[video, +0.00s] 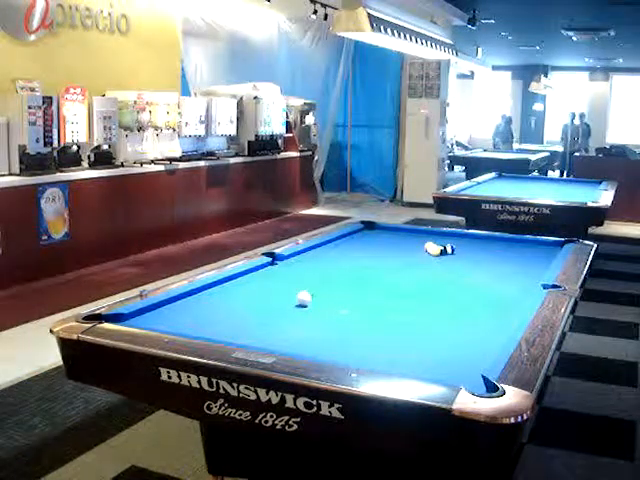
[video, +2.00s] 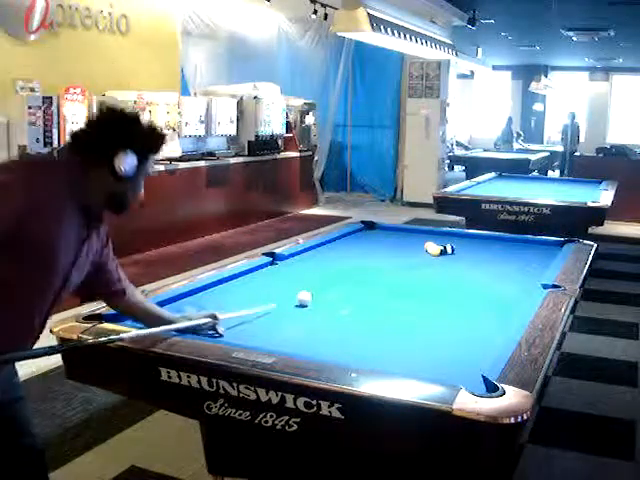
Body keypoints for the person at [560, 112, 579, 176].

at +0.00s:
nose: (572, 117)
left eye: (573, 116)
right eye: (571, 116)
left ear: (574, 117)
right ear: (569, 116)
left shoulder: (576, 127)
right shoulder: (565, 126)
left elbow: (578, 136)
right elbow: (563, 134)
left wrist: (577, 144)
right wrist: (562, 141)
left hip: (572, 145)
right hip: (565, 145)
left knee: (571, 159)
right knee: (563, 159)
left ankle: (569, 172)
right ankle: (561, 172)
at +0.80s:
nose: (572, 119)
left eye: (574, 117)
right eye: (571, 117)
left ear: (576, 118)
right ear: (570, 117)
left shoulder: (578, 126)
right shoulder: (566, 126)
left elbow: (580, 135)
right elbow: (563, 135)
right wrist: (563, 142)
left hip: (574, 146)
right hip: (566, 145)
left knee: (571, 160)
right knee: (563, 159)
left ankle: (569, 173)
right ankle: (561, 173)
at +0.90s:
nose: (572, 119)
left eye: (574, 117)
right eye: (571, 117)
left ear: (576, 117)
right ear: (570, 117)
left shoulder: (577, 126)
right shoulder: (566, 125)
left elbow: (580, 134)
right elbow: (563, 134)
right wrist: (563, 141)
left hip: (574, 145)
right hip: (566, 145)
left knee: (571, 159)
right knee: (563, 158)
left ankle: (569, 173)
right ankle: (561, 173)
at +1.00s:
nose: (572, 119)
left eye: (574, 117)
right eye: (571, 117)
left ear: (575, 117)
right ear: (570, 117)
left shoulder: (577, 126)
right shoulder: (566, 125)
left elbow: (579, 135)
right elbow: (563, 134)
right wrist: (563, 141)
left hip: (574, 146)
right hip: (566, 145)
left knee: (571, 159)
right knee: (563, 159)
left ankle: (569, 173)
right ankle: (561, 172)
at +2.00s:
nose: (571, 119)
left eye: (572, 117)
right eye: (570, 117)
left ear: (574, 117)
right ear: (568, 117)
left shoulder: (576, 126)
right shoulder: (565, 125)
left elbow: (578, 135)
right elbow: (563, 134)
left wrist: (577, 143)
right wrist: (562, 142)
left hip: (573, 145)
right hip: (566, 145)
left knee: (571, 160)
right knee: (563, 160)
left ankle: (570, 173)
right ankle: (562, 173)